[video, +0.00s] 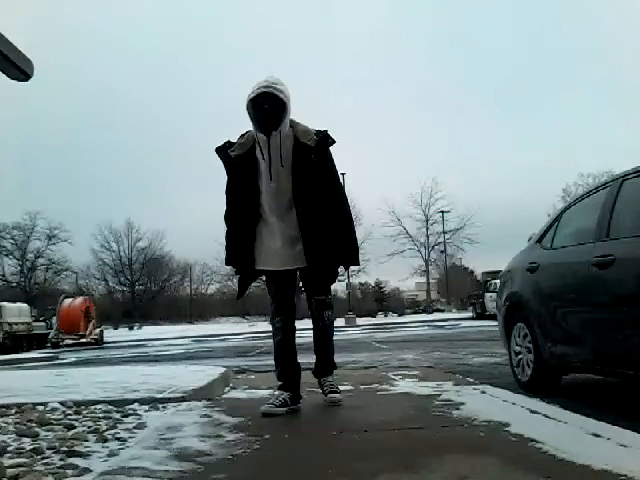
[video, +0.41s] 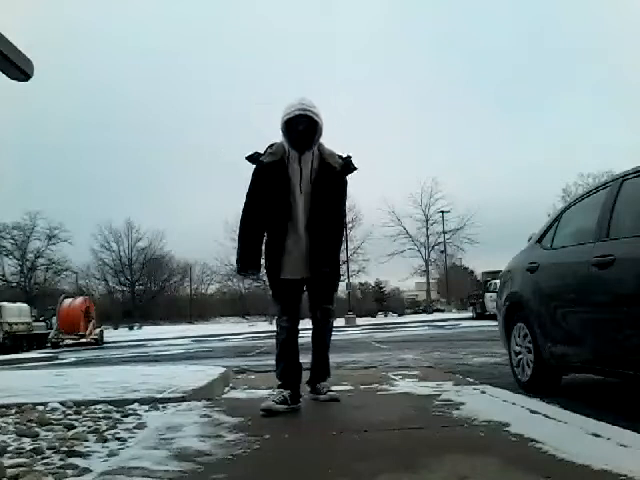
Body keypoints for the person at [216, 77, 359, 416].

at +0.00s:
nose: (264, 112)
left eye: (271, 105)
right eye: (257, 106)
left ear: (285, 107)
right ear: (249, 110)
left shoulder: (310, 144)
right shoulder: (241, 154)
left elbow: (333, 198)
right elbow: (236, 209)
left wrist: (343, 248)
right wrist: (237, 256)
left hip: (312, 245)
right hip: (270, 249)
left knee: (322, 312)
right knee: (281, 319)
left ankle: (326, 375)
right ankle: (288, 391)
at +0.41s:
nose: (301, 132)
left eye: (307, 125)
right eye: (294, 125)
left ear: (318, 129)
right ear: (285, 129)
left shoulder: (333, 168)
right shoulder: (270, 166)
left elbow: (338, 217)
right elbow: (253, 213)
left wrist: (334, 257)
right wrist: (248, 258)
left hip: (322, 259)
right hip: (284, 259)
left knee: (323, 320)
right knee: (286, 322)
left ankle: (319, 382)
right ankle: (288, 389)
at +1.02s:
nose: (333, 139)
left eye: (338, 133)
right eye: (327, 132)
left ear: (343, 138)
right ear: (314, 135)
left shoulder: (344, 178)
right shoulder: (297, 165)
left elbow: (354, 222)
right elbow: (283, 213)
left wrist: (367, 248)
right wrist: (278, 258)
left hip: (326, 255)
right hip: (294, 253)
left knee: (322, 316)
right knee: (290, 313)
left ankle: (318, 381)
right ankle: (285, 366)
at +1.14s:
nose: (332, 138)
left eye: (337, 133)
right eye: (326, 132)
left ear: (342, 137)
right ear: (312, 133)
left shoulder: (345, 175)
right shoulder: (296, 163)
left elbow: (357, 209)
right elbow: (283, 210)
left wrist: (390, 215)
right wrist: (280, 255)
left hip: (326, 254)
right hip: (293, 252)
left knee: (321, 316)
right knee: (287, 312)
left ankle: (318, 380)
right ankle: (286, 364)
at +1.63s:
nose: (301, 133)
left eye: (307, 127)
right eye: (295, 127)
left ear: (317, 130)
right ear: (285, 131)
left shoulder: (336, 162)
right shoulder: (272, 165)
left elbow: (372, 187)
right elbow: (239, 196)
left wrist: (348, 216)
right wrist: (266, 221)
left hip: (325, 256)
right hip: (286, 256)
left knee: (322, 321)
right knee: (290, 322)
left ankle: (319, 382)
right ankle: (291, 386)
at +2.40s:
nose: (341, 123)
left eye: (348, 117)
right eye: (334, 116)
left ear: (360, 119)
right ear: (324, 116)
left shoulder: (373, 149)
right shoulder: (306, 146)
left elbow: (385, 188)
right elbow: (286, 181)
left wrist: (363, 220)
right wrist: (304, 213)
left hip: (353, 242)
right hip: (313, 242)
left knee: (361, 313)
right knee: (305, 316)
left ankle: (368, 384)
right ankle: (298, 385)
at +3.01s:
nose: (299, 121)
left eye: (304, 114)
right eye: (299, 114)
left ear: (324, 114)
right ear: (306, 115)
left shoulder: (357, 145)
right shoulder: (295, 151)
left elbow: (387, 183)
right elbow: (294, 194)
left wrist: (368, 212)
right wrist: (306, 218)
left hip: (347, 245)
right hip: (308, 247)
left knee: (356, 315)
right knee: (303, 317)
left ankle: (367, 384)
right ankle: (302, 383)